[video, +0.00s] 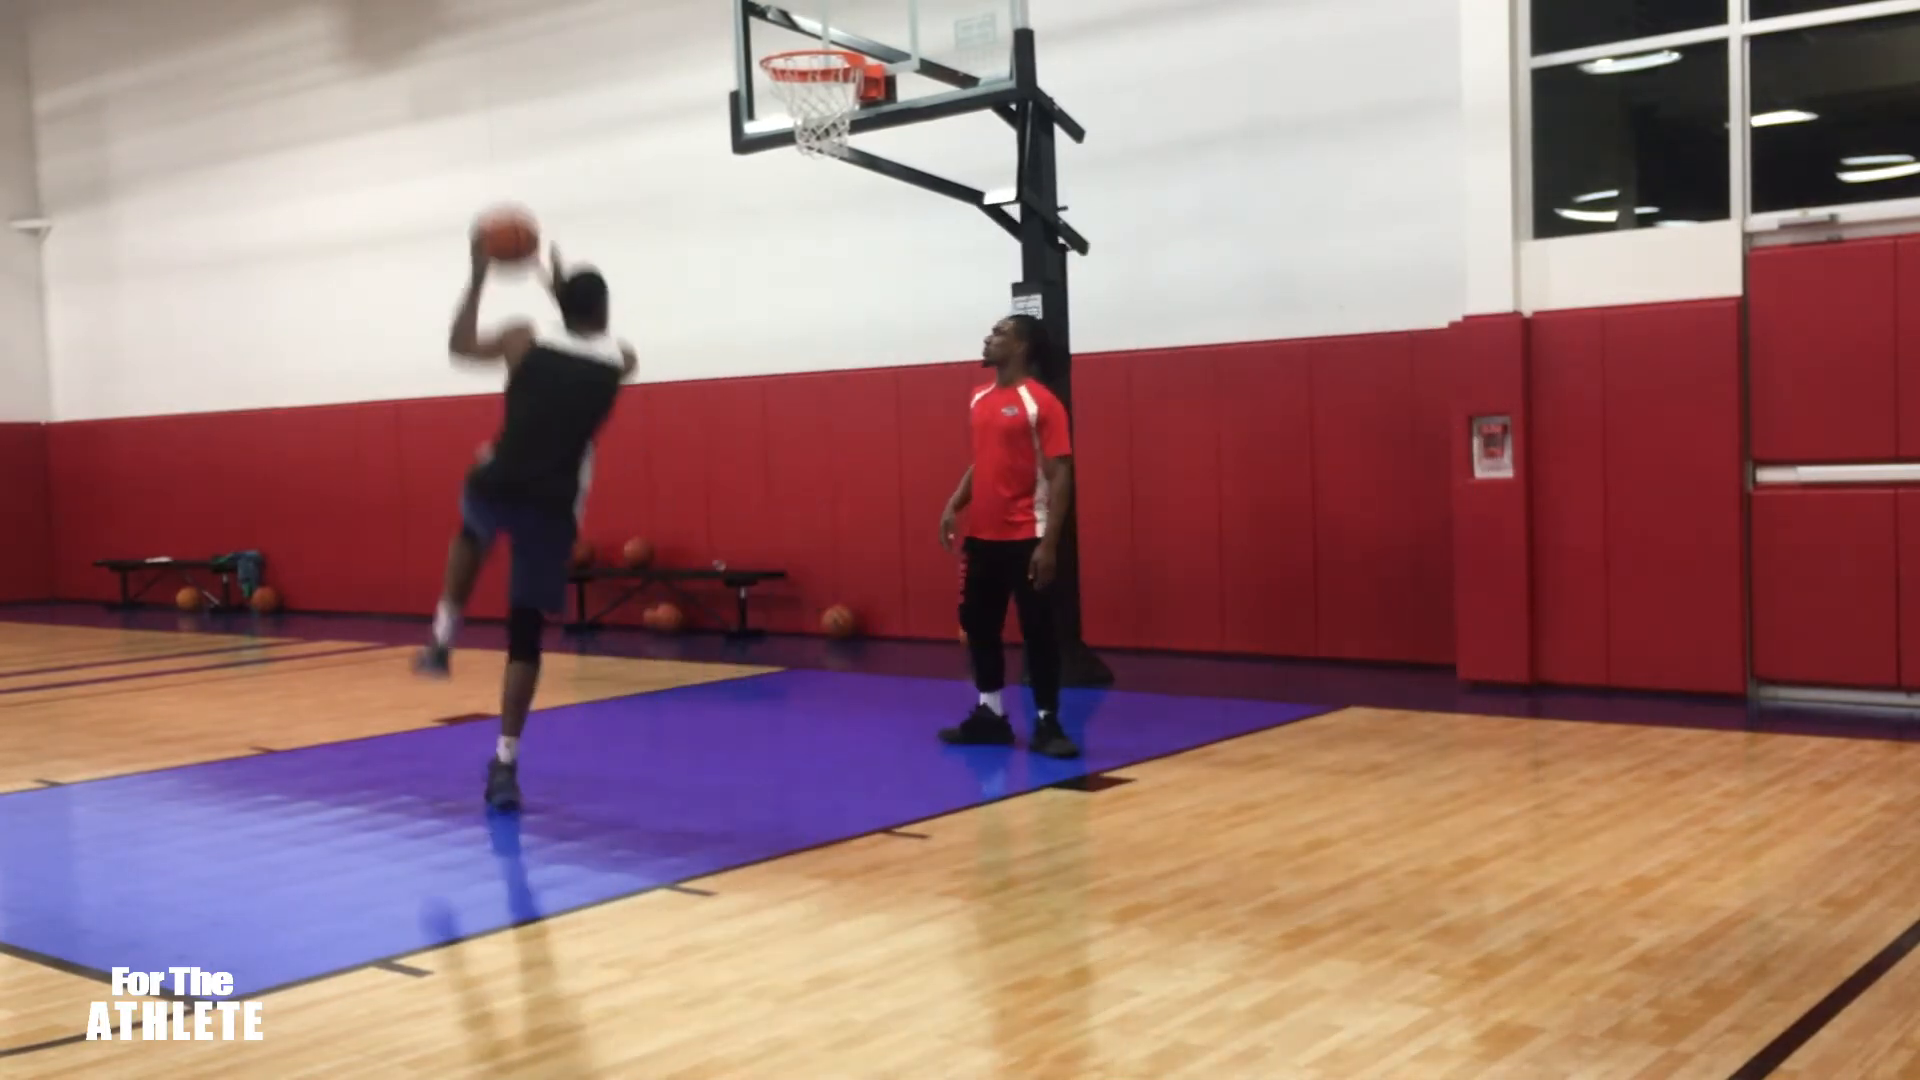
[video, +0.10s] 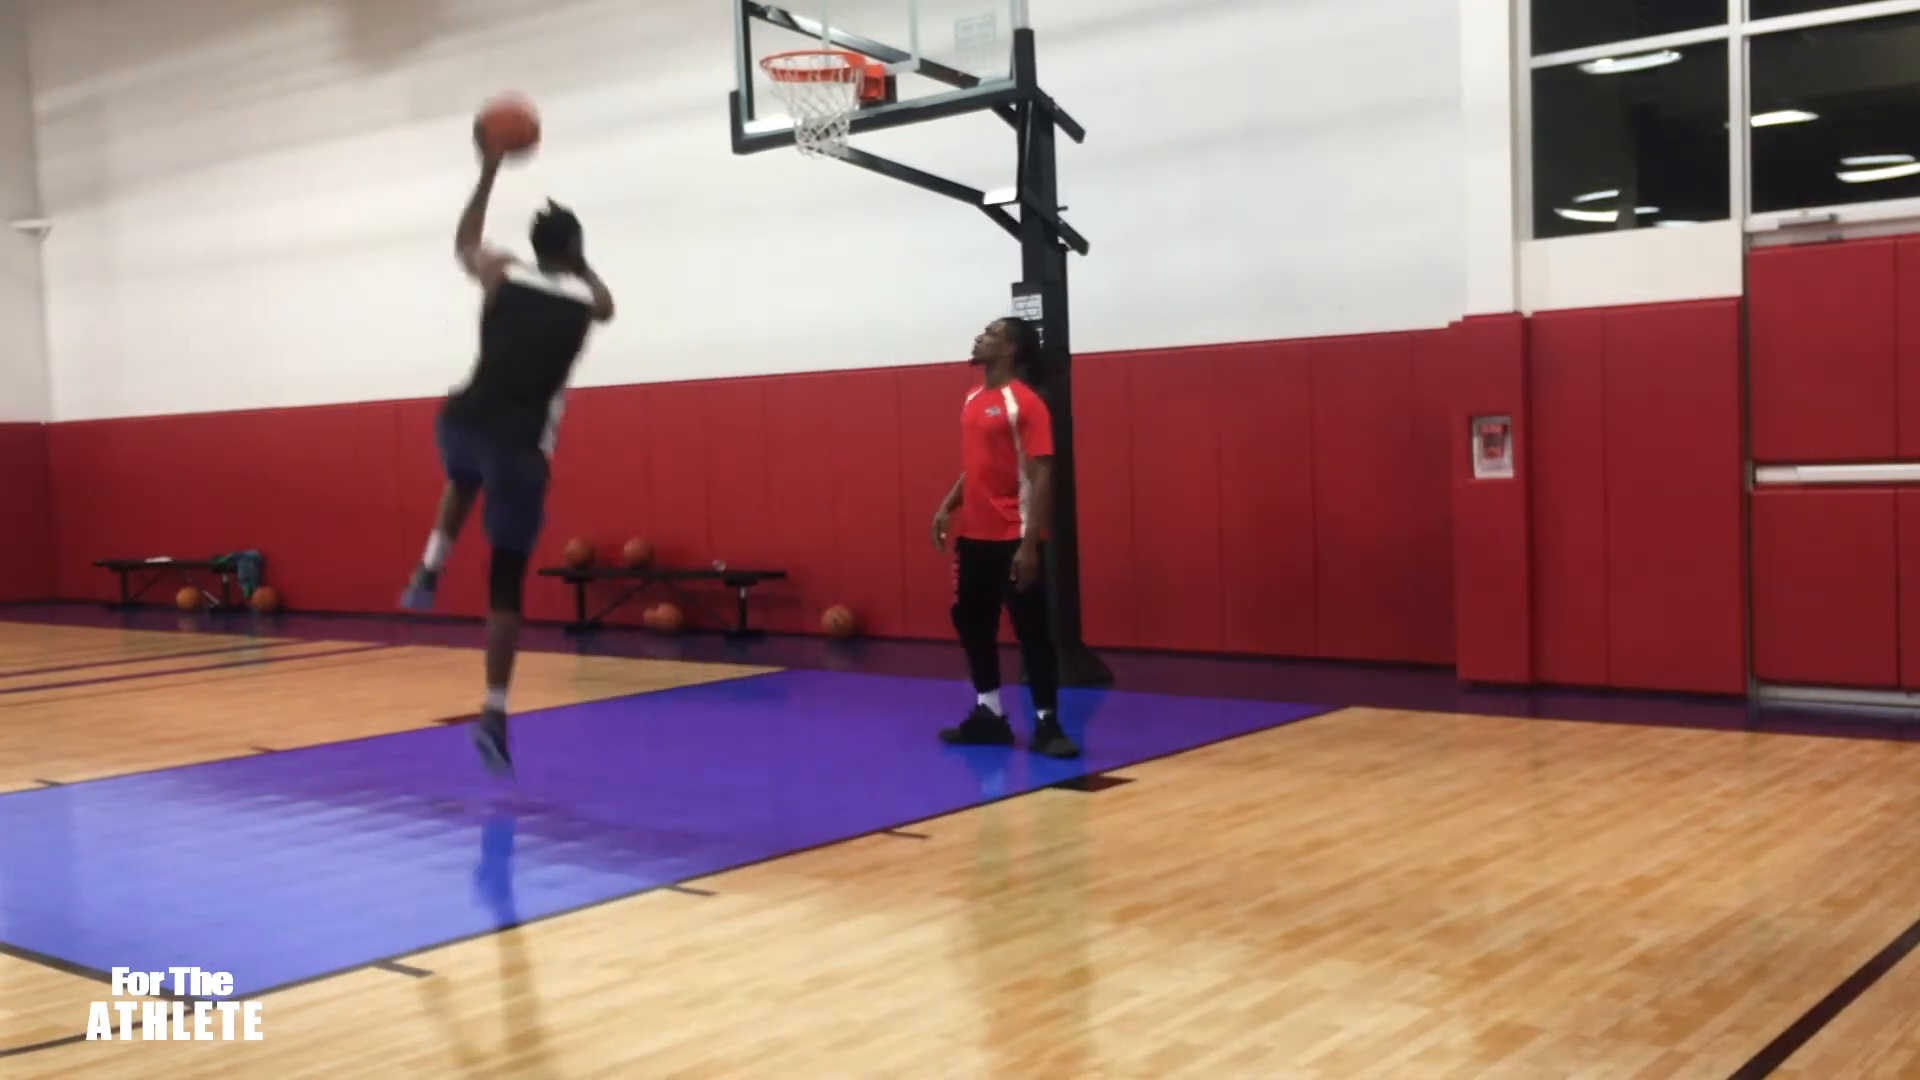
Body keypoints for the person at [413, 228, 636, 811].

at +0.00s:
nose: (582, 308)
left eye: (575, 298)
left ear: (564, 308)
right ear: (605, 310)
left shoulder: (524, 340)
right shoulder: (618, 364)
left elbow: (461, 345)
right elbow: (591, 335)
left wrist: (477, 274)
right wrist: (561, 289)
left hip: (494, 484)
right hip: (552, 502)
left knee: (470, 535)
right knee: (526, 633)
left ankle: (441, 639)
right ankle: (505, 763)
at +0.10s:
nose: (570, 252)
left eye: (551, 242)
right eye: (572, 247)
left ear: (532, 245)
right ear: (576, 252)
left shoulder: (500, 275)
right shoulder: (585, 304)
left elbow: (467, 242)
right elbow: (606, 307)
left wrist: (487, 171)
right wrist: (576, 264)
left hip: (463, 429)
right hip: (519, 451)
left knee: (464, 479)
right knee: (506, 587)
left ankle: (429, 567)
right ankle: (494, 707)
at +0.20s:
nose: (550, 204)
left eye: (534, 196)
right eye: (548, 198)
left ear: (501, 205)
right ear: (544, 211)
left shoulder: (476, 231)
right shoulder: (557, 258)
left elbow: (490, 160)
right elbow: (596, 297)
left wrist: (519, 92)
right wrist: (569, 251)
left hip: (440, 395)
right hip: (495, 411)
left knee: (468, 462)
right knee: (485, 544)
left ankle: (421, 549)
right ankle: (471, 669)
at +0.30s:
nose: (519, 176)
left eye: (512, 169)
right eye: (514, 174)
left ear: (476, 188)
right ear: (505, 190)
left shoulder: (458, 217)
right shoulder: (519, 247)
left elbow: (505, 145)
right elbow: (575, 306)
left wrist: (540, 80)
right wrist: (590, 290)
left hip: (422, 382)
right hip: (469, 396)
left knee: (461, 485)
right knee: (471, 514)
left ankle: (408, 583)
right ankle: (456, 644)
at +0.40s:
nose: (494, 188)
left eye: (487, 183)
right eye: (489, 187)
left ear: (452, 202)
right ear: (479, 203)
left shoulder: (439, 229)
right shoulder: (485, 262)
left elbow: (504, 168)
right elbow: (538, 335)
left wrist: (541, 101)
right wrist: (593, 346)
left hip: (416, 392)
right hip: (453, 405)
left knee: (449, 512)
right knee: (459, 522)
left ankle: (404, 625)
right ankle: (441, 650)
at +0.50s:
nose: (477, 234)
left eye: (472, 230)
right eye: (470, 233)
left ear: (439, 243)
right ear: (456, 246)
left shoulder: (434, 265)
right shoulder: (456, 299)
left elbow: (490, 207)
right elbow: (484, 375)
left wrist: (521, 145)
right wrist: (567, 412)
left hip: (415, 422)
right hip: (438, 433)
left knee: (431, 548)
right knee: (445, 554)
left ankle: (405, 669)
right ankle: (419, 682)